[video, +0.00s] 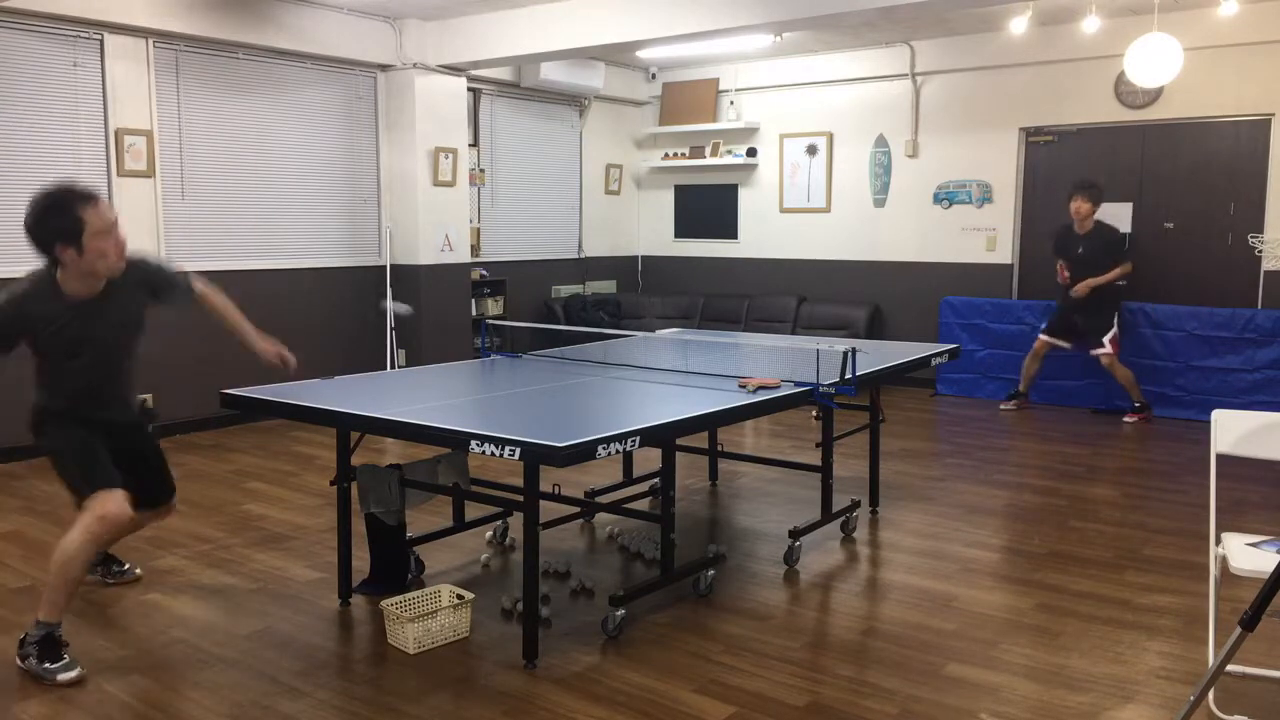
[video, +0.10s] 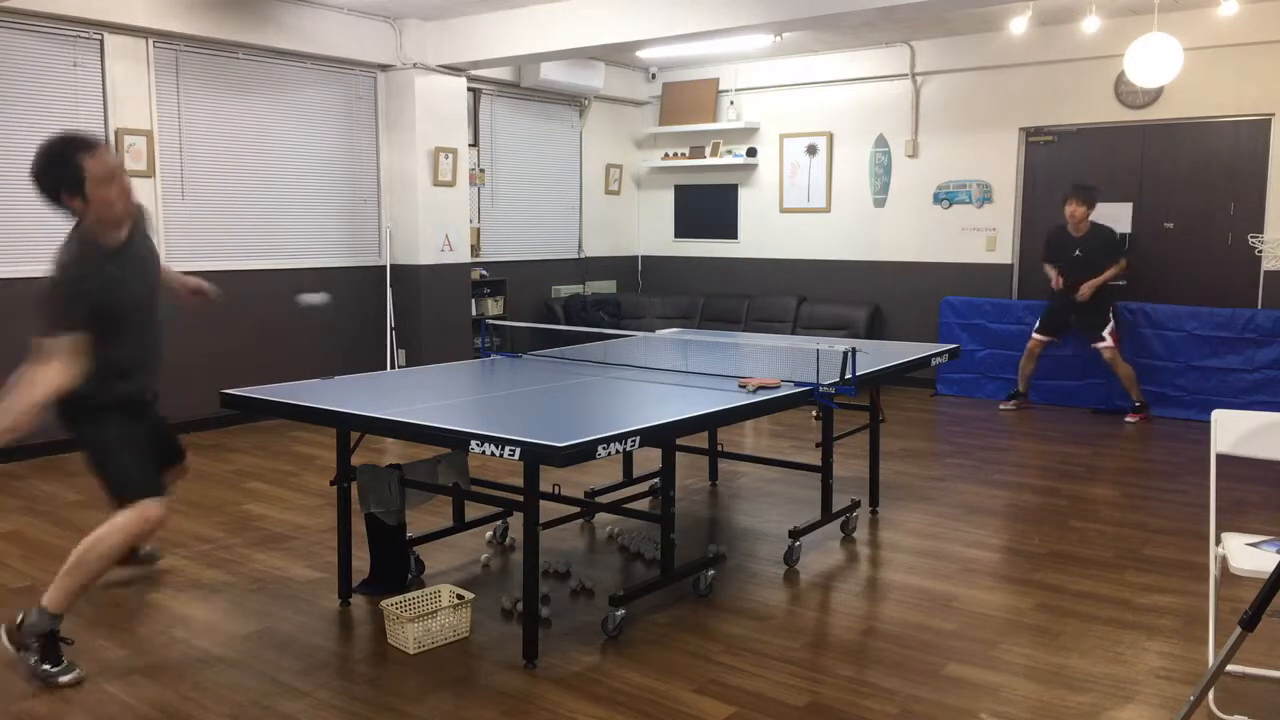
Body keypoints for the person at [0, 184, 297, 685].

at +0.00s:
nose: (121, 240)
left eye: (117, 228)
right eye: (107, 235)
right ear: (67, 253)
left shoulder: (136, 276)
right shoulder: (27, 305)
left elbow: (202, 292)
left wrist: (257, 340)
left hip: (121, 416)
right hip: (63, 420)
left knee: (158, 503)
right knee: (108, 508)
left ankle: (92, 550)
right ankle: (42, 636)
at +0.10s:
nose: (122, 186)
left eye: (119, 173)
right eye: (107, 183)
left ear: (122, 171)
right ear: (76, 201)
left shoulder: (132, 218)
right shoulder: (77, 270)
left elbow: (141, 265)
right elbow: (58, 362)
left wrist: (178, 281)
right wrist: (17, 408)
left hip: (133, 391)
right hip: (93, 402)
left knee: (171, 467)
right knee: (147, 509)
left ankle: (122, 548)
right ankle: (37, 624)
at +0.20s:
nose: (149, 166)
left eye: (143, 155)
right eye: (132, 161)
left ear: (102, 187)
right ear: (101, 184)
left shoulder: (92, 227)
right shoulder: (124, 237)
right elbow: (210, 272)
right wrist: (286, 214)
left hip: (108, 384)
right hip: (118, 393)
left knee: (190, 427)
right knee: (193, 504)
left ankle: (169, 533)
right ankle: (91, 598)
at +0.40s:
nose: (190, 205)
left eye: (183, 197)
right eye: (181, 200)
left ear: (127, 223)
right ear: (165, 219)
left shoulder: (106, 274)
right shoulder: (192, 259)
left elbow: (101, 355)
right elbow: (262, 262)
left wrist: (193, 350)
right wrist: (210, 224)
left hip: (117, 435)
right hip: (175, 429)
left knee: (181, 469)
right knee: (250, 529)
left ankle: (190, 557)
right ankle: (233, 650)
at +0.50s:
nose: (201, 205)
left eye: (196, 196)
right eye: (192, 199)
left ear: (145, 219)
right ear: (170, 215)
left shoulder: (112, 267)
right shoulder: (196, 254)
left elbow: (95, 348)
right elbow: (275, 304)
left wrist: (183, 355)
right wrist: (273, 272)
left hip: (112, 414)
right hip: (165, 410)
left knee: (176, 475)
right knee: (217, 513)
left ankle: (188, 556)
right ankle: (225, 645)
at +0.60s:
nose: (210, 187)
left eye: (205, 179)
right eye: (201, 181)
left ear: (163, 197)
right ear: (176, 195)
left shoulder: (132, 242)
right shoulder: (186, 239)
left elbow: (100, 321)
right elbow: (247, 306)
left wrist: (178, 344)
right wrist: (277, 282)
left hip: (103, 387)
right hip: (137, 387)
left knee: (190, 451)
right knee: (189, 495)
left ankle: (190, 548)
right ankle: (196, 636)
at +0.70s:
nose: (211, 165)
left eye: (206, 156)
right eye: (201, 158)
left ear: (165, 172)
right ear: (174, 170)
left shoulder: (137, 217)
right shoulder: (160, 217)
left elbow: (94, 288)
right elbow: (202, 292)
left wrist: (163, 331)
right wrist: (254, 271)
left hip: (125, 367)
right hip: (110, 371)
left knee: (180, 461)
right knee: (167, 481)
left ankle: (192, 551)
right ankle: (118, 623)